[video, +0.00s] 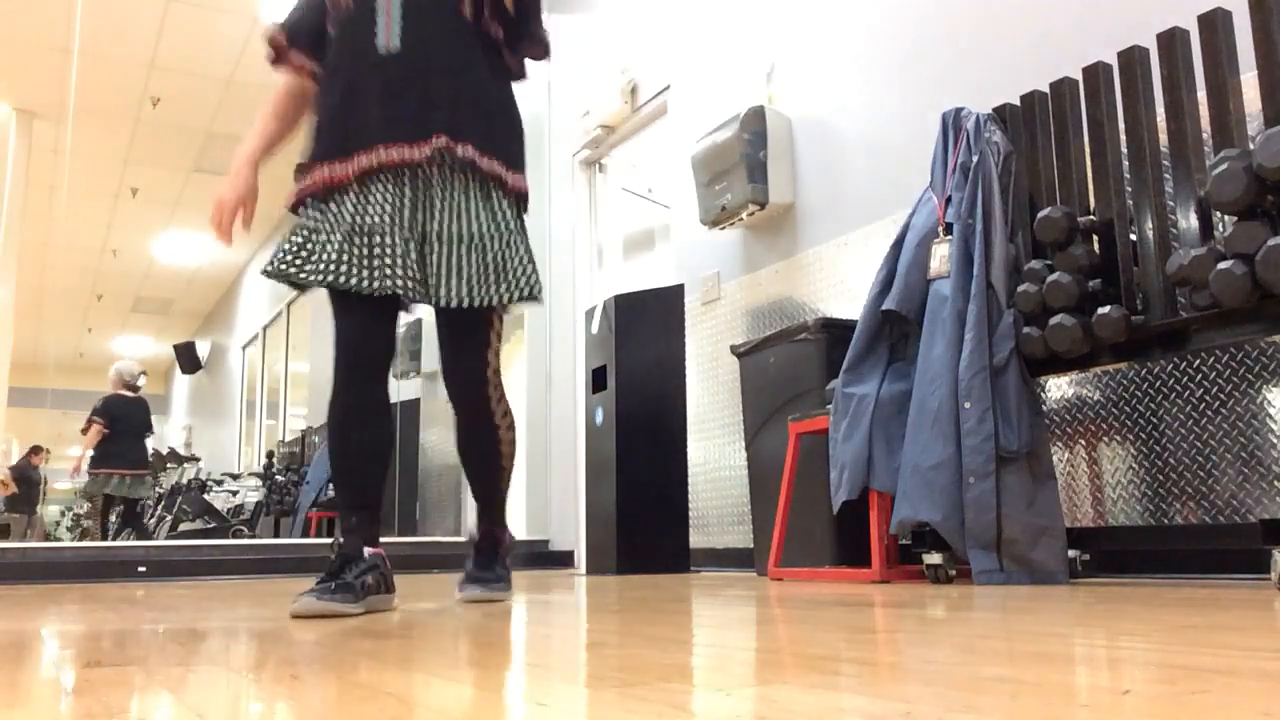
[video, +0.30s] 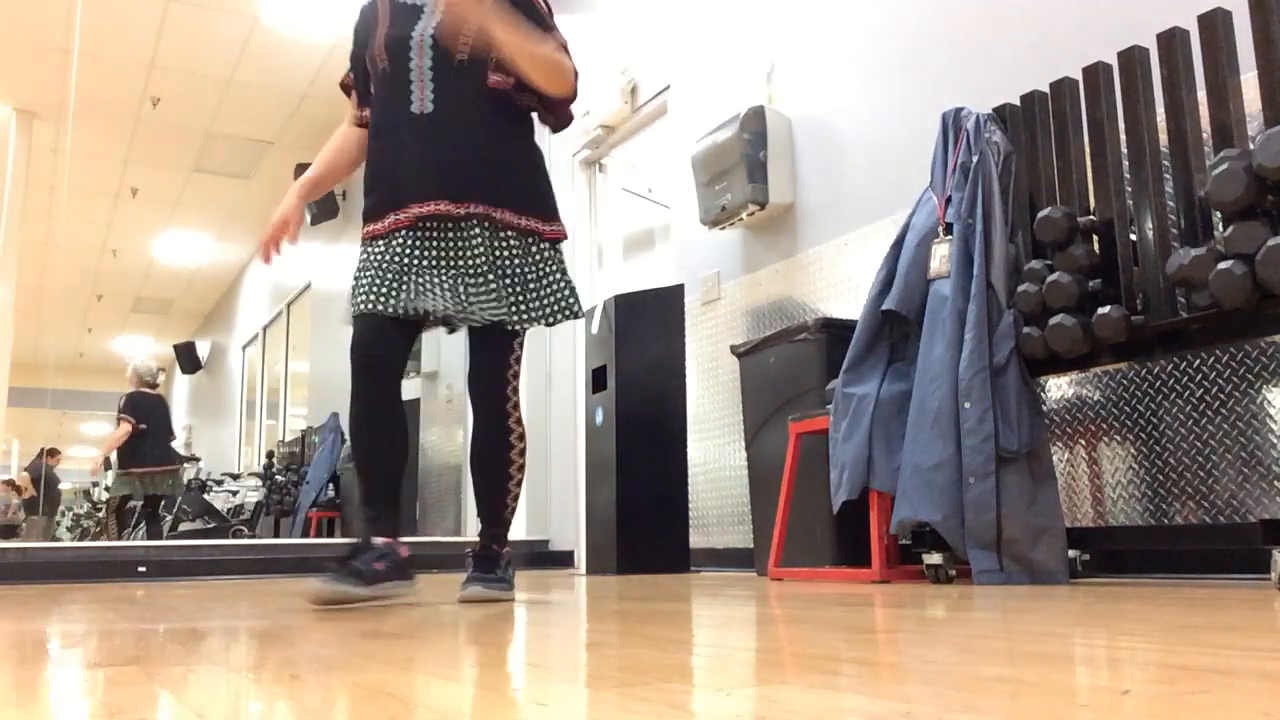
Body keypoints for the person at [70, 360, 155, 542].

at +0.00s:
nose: (110, 380)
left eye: (112, 376)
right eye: (111, 376)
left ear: (117, 379)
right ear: (134, 380)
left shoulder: (108, 402)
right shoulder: (142, 403)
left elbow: (96, 431)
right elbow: (147, 432)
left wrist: (80, 459)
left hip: (107, 471)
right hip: (137, 471)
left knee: (100, 517)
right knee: (131, 517)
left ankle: (100, 557)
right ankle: (151, 550)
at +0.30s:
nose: (127, 376)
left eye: (130, 372)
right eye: (129, 372)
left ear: (136, 376)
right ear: (153, 378)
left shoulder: (131, 398)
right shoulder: (160, 399)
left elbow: (125, 429)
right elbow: (169, 436)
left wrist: (102, 454)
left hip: (135, 470)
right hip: (164, 469)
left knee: (116, 510)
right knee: (152, 513)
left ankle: (118, 555)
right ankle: (156, 556)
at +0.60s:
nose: (136, 376)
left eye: (138, 373)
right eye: (137, 373)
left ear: (143, 375)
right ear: (163, 377)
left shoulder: (135, 396)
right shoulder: (172, 399)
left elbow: (122, 427)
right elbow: (187, 432)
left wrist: (91, 421)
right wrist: (197, 446)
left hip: (141, 464)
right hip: (170, 465)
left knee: (138, 514)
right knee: (154, 513)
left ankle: (145, 557)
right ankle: (159, 555)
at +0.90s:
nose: (151, 375)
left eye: (153, 371)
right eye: (151, 372)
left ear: (157, 372)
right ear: (177, 373)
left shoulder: (153, 392)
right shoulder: (189, 396)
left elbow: (125, 410)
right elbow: (208, 418)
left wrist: (107, 394)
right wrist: (186, 425)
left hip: (152, 462)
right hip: (179, 465)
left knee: (147, 512)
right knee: (168, 512)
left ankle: (146, 556)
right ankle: (189, 541)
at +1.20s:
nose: (171, 369)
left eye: (174, 366)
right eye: (173, 365)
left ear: (180, 370)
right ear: (197, 370)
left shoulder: (180, 393)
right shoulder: (204, 394)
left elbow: (160, 421)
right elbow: (220, 422)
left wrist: (133, 410)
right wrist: (199, 433)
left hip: (176, 465)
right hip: (201, 465)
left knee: (161, 512)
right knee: (198, 516)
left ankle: (153, 556)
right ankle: (206, 557)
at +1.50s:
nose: (186, 374)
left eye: (188, 370)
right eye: (186, 370)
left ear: (196, 371)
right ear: (208, 372)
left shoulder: (191, 394)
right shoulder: (218, 395)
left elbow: (185, 426)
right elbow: (231, 430)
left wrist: (168, 450)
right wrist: (209, 440)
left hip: (188, 468)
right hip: (214, 467)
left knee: (165, 506)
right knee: (203, 511)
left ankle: (166, 551)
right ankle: (212, 553)